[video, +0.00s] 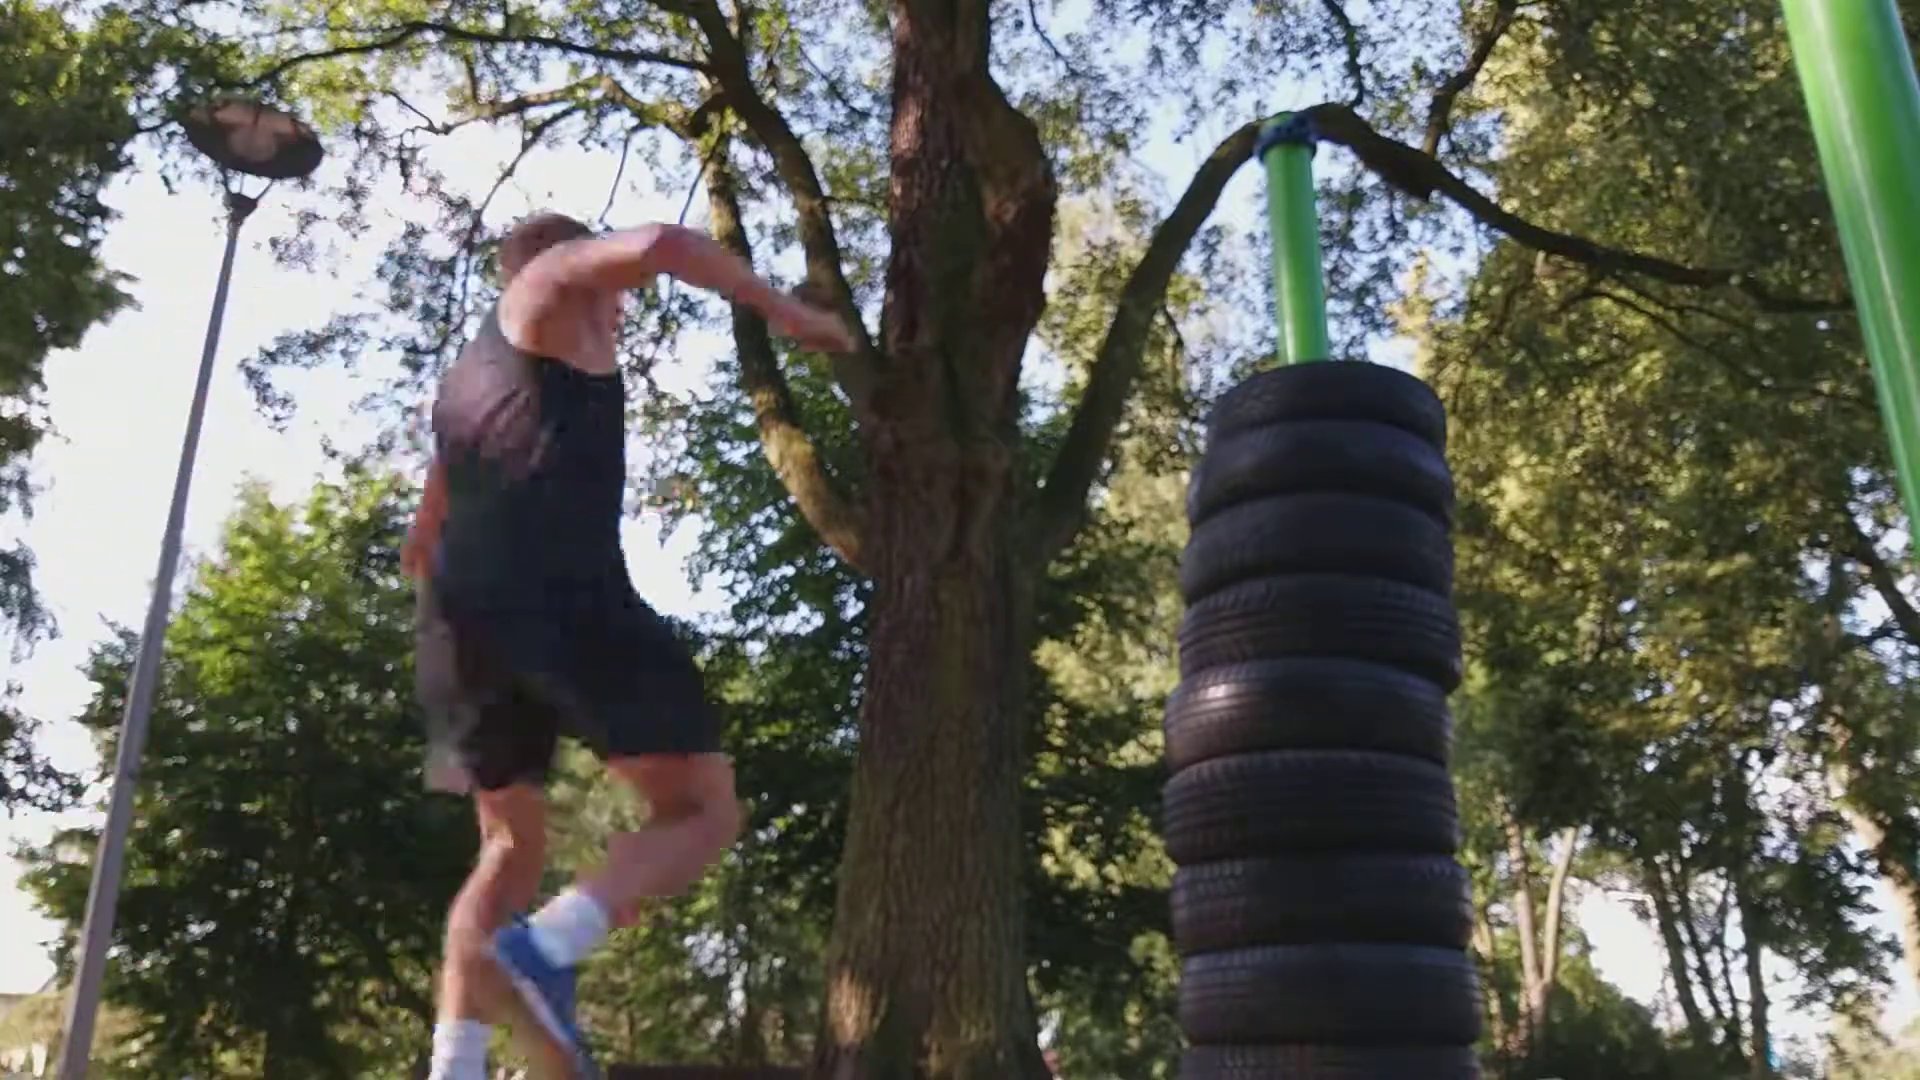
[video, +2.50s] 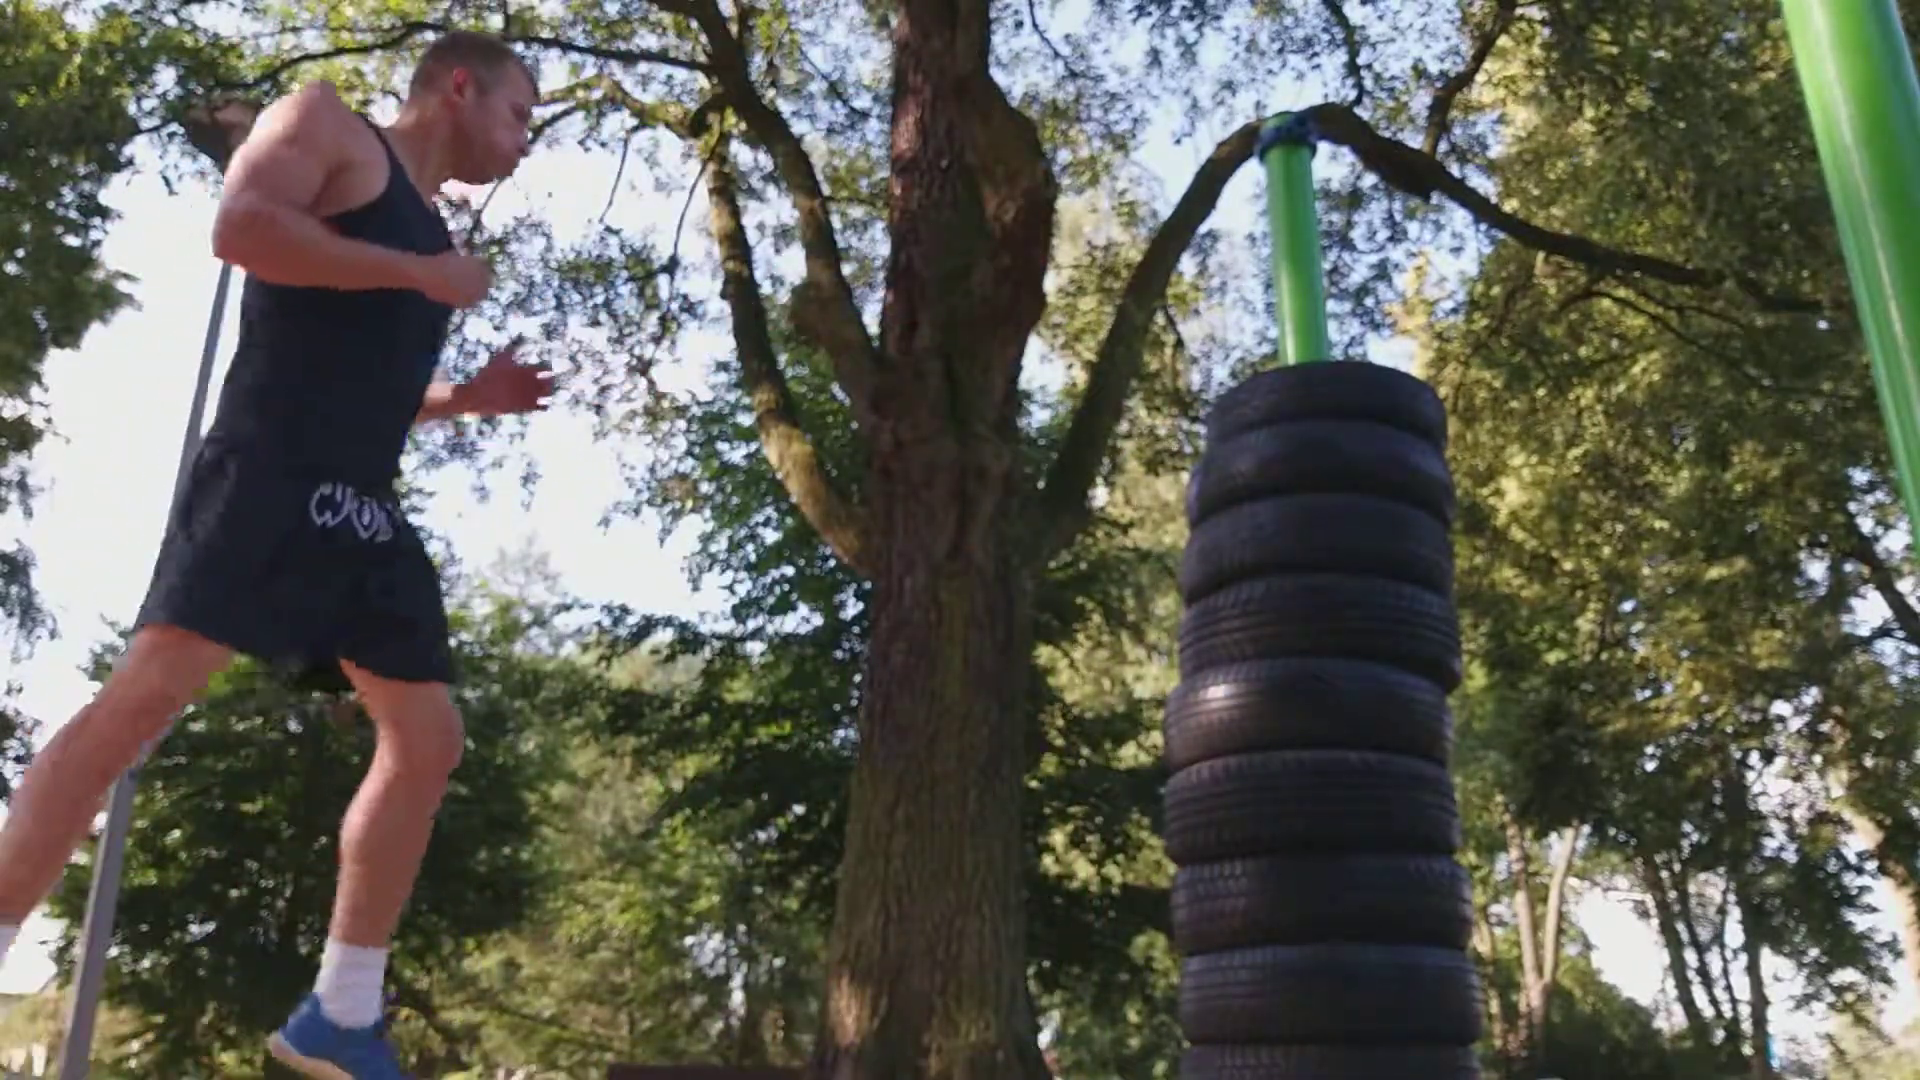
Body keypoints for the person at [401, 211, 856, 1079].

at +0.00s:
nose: (621, 315)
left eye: (620, 301)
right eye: (609, 296)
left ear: (507, 280)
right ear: (564, 270)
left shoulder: (461, 385)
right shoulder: (546, 278)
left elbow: (423, 542)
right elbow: (663, 243)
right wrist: (782, 304)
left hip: (465, 619)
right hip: (569, 602)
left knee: (509, 844)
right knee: (703, 813)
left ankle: (456, 1064)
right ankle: (550, 944)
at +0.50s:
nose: (685, 412)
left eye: (674, 394)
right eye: (655, 413)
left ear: (682, 399)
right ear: (609, 465)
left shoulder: (744, 418)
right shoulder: (651, 615)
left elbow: (821, 356)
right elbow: (713, 747)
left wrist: (919, 423)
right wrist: (844, 767)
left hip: (964, 536)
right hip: (911, 652)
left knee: (1124, 467)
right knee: (911, 840)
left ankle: (1238, 408)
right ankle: (931, 1064)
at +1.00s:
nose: (837, 59)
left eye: (859, 36)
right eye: (811, 40)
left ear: (891, 58)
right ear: (768, 71)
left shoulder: (959, 181)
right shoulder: (755, 238)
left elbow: (1033, 344)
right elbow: (709, 405)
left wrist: (851, 370)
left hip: (984, 493)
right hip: (855, 535)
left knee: (1017, 683)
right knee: (820, 834)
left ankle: (1078, 1039)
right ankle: (933, 1060)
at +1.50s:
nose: (800, 14)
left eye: (806, 12)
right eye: (797, 3)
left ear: (770, 14)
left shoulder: (750, 106)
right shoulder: (556, 27)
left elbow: (779, 305)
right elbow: (479, 55)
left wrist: (904, 293)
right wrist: (685, 11)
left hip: (739, 404)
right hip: (579, 386)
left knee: (865, 644)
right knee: (474, 594)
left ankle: (940, 1029)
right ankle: (373, 1021)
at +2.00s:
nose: (620, 99)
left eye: (622, 83)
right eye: (610, 73)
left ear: (553, 70)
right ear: (549, 58)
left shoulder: (517, 243)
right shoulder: (402, 84)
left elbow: (495, 398)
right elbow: (227, 135)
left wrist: (602, 362)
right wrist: (401, 202)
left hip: (410, 477)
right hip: (311, 422)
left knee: (363, 755)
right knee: (272, 648)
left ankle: (239, 1029)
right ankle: (190, 1008)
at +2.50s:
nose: (525, 143)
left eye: (531, 127)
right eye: (520, 117)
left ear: (463, 104)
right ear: (455, 88)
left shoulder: (432, 229)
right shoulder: (328, 114)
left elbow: (364, 390)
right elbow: (243, 227)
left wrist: (467, 395)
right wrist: (423, 273)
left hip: (365, 508)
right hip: (261, 483)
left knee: (424, 741)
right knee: (142, 703)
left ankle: (343, 1011)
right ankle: (3, 934)